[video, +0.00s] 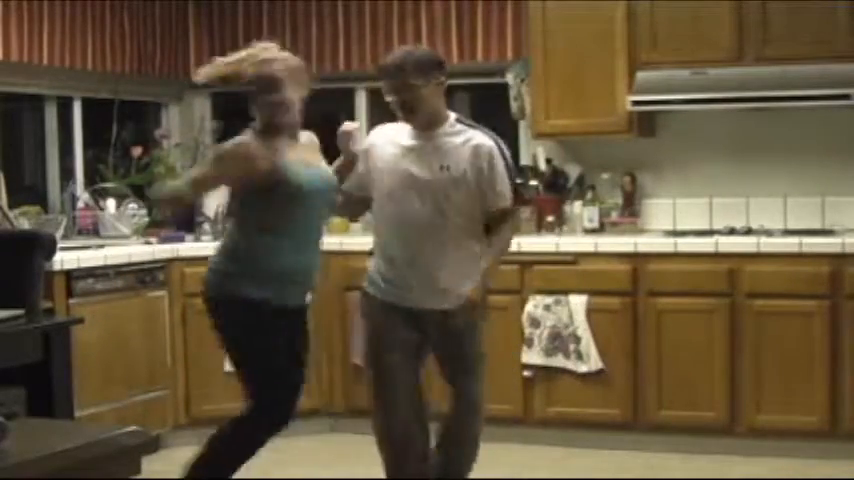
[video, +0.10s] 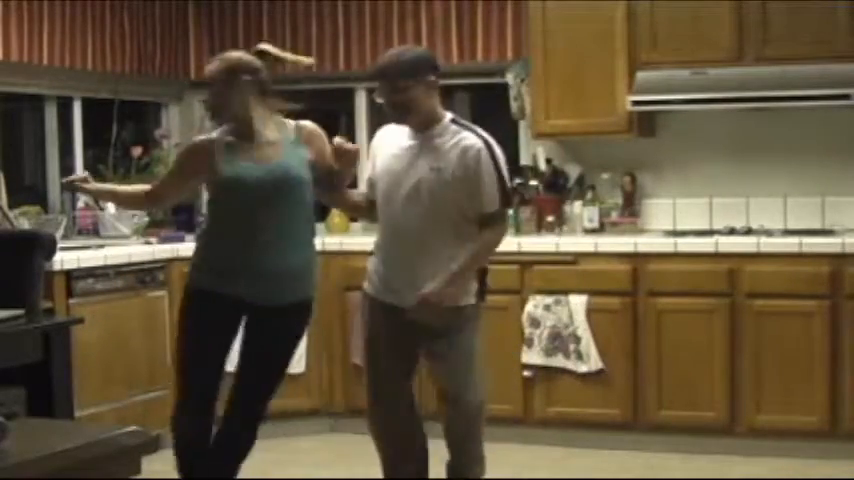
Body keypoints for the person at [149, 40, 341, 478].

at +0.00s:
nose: (276, 97)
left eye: (283, 86)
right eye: (264, 89)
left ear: (302, 91)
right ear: (251, 98)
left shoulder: (310, 144)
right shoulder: (244, 151)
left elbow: (318, 197)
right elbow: (173, 196)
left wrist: (348, 159)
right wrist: (224, 177)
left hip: (288, 297)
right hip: (239, 293)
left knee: (278, 407)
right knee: (273, 405)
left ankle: (208, 470)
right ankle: (202, 473)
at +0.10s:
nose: (208, 101)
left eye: (215, 89)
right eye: (207, 91)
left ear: (246, 86)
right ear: (235, 90)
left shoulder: (308, 137)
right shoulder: (207, 150)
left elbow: (336, 195)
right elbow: (154, 198)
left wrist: (348, 170)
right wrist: (96, 190)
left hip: (286, 293)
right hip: (216, 287)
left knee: (246, 413)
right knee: (194, 407)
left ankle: (217, 475)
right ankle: (194, 472)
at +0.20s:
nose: (186, 97)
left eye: (193, 88)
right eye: (187, 89)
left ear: (220, 90)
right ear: (215, 93)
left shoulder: (269, 132)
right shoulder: (206, 145)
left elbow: (340, 173)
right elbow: (208, 201)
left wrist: (284, 164)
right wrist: (163, 191)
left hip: (261, 289)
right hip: (210, 287)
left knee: (202, 395)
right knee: (173, 390)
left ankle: (240, 473)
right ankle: (233, 469)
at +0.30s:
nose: (185, 95)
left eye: (193, 87)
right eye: (186, 87)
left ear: (219, 89)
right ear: (233, 91)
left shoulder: (222, 127)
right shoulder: (263, 142)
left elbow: (229, 169)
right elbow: (280, 212)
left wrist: (164, 144)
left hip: (217, 278)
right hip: (255, 279)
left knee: (176, 388)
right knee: (198, 386)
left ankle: (232, 472)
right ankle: (236, 471)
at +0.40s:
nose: (195, 87)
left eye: (198, 80)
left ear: (201, 85)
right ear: (249, 88)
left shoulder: (176, 134)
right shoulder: (273, 148)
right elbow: (295, 219)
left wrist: (99, 136)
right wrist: (321, 201)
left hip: (179, 284)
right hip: (247, 290)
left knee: (180, 395)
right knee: (223, 396)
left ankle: (188, 472)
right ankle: (220, 474)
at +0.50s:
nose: (252, 96)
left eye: (250, 88)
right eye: (247, 88)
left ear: (200, 91)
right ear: (229, 93)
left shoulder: (163, 140)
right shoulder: (250, 148)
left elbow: (100, 174)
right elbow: (277, 223)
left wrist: (130, 129)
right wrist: (330, 198)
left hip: (168, 284)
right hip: (230, 292)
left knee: (192, 385)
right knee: (226, 406)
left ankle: (145, 464)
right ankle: (193, 476)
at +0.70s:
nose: (222, 94)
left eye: (222, 85)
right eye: (212, 85)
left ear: (213, 94)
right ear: (182, 94)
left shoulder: (205, 143)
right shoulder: (170, 152)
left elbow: (233, 179)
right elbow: (217, 221)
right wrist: (281, 222)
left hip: (212, 285)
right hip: (177, 288)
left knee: (228, 385)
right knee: (218, 387)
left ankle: (169, 461)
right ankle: (169, 463)